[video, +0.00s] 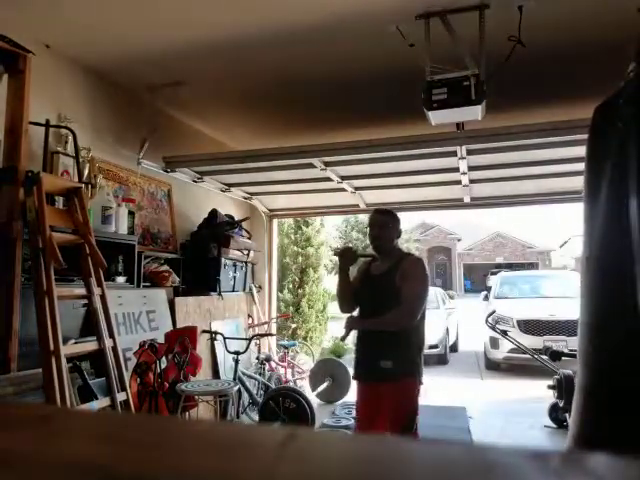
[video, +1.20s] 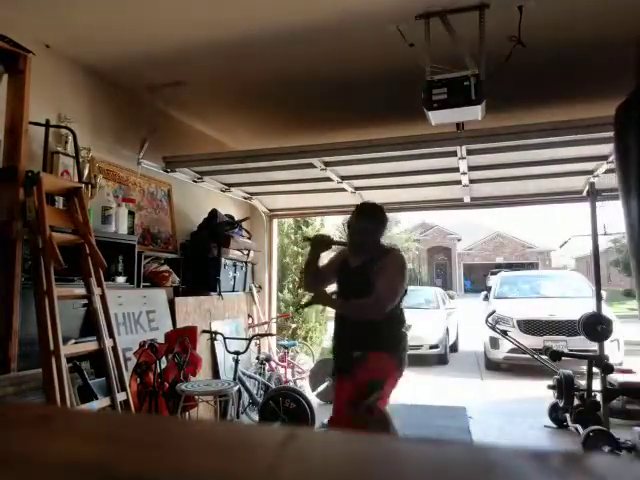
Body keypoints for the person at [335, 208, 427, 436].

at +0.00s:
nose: (375, 233)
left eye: (383, 227)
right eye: (372, 227)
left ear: (397, 231)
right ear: (367, 231)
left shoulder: (412, 265)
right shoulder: (367, 267)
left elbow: (408, 317)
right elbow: (346, 305)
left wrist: (360, 323)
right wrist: (343, 268)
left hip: (401, 370)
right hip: (369, 369)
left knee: (400, 443)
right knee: (367, 441)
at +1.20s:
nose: (354, 236)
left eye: (362, 230)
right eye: (351, 228)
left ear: (378, 232)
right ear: (348, 227)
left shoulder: (392, 260)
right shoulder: (345, 257)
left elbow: (380, 307)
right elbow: (311, 283)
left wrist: (331, 302)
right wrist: (315, 251)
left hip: (382, 349)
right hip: (347, 348)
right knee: (343, 419)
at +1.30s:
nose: (354, 237)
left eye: (362, 232)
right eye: (352, 229)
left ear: (377, 234)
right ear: (347, 229)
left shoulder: (392, 264)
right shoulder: (343, 257)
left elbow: (379, 311)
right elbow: (309, 284)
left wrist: (328, 304)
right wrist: (315, 250)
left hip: (382, 343)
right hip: (344, 341)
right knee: (339, 403)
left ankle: (348, 427)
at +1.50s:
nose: (345, 236)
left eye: (353, 230)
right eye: (345, 229)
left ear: (370, 234)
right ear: (343, 231)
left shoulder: (385, 265)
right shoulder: (347, 266)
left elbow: (372, 315)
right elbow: (313, 293)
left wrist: (325, 314)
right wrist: (313, 258)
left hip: (378, 351)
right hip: (344, 349)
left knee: (337, 347)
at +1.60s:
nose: (345, 236)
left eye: (351, 230)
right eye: (344, 230)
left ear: (368, 233)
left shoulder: (383, 264)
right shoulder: (350, 271)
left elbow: (366, 308)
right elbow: (313, 295)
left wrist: (326, 316)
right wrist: (317, 255)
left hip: (373, 354)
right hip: (344, 355)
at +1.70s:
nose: (346, 237)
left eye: (351, 230)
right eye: (345, 230)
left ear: (369, 232)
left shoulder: (384, 263)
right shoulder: (354, 270)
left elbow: (356, 304)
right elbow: (313, 294)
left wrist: (327, 315)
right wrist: (314, 251)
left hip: (370, 364)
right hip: (344, 362)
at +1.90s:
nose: (358, 228)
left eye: (367, 222)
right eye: (357, 221)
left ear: (387, 227)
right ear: (355, 224)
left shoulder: (404, 263)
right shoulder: (350, 261)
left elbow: (366, 295)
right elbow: (323, 288)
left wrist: (306, 292)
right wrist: (328, 252)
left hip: (384, 388)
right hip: (343, 384)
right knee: (332, 464)